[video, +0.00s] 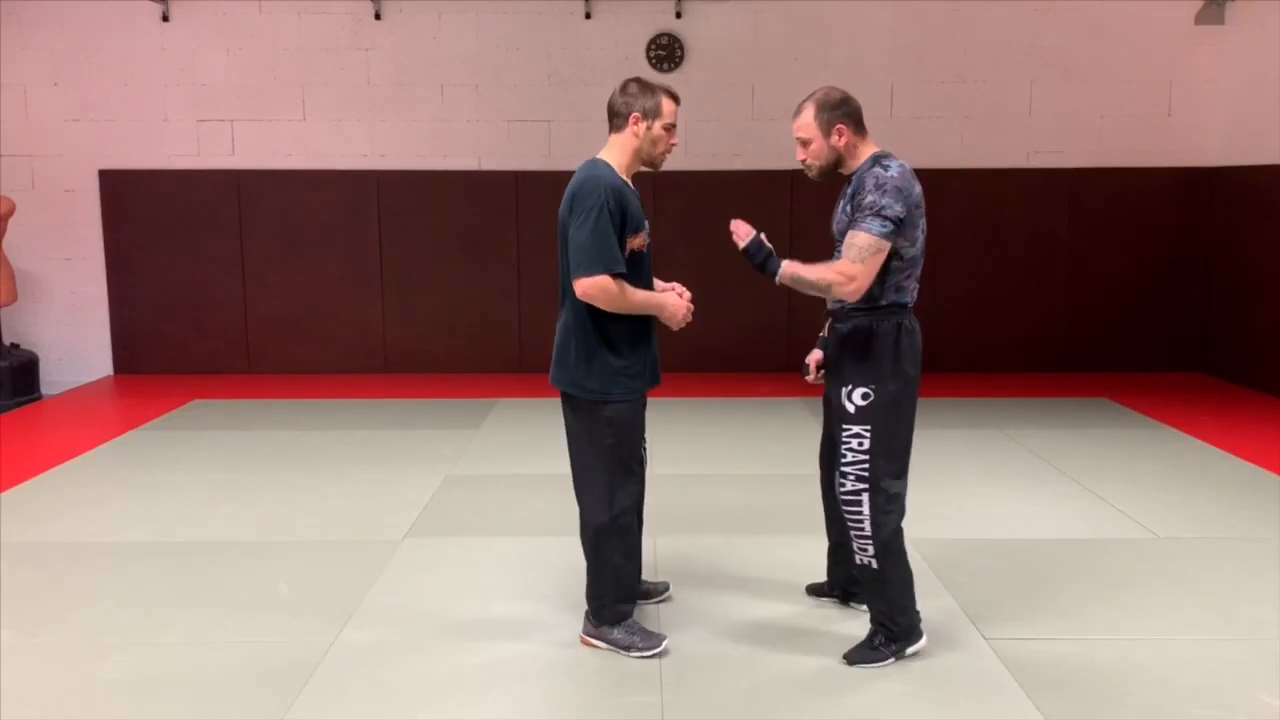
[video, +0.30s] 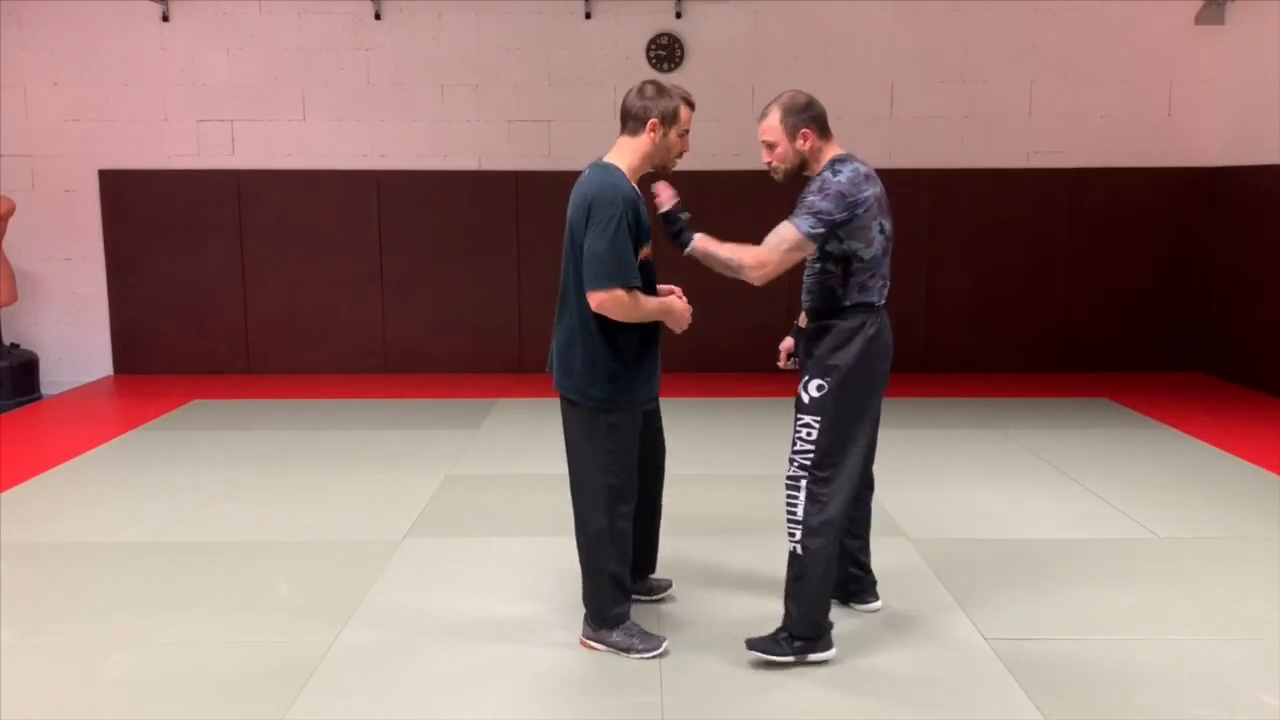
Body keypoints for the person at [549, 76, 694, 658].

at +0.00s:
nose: (675, 140)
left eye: (676, 129)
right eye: (669, 128)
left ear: (637, 126)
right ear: (636, 125)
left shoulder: (617, 185)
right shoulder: (596, 188)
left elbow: (620, 273)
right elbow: (591, 285)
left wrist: (660, 291)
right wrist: (658, 303)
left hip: (617, 370)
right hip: (596, 374)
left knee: (623, 484)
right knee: (608, 493)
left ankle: (620, 580)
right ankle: (606, 617)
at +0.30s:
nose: (688, 144)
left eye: (689, 132)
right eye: (683, 132)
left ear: (648, 128)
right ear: (654, 129)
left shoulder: (623, 186)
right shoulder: (608, 193)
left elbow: (631, 270)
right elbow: (604, 298)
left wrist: (659, 295)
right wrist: (661, 308)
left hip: (626, 370)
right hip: (598, 376)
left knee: (641, 477)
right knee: (607, 494)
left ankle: (631, 575)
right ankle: (604, 619)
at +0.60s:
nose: (678, 152)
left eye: (680, 141)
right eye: (673, 140)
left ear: (641, 134)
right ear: (640, 133)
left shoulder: (624, 194)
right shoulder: (581, 193)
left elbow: (624, 270)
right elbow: (571, 290)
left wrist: (654, 293)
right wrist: (646, 301)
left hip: (617, 372)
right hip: (583, 377)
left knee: (626, 482)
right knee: (603, 492)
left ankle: (622, 578)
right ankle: (602, 616)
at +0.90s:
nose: (648, 149)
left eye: (649, 138)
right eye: (643, 138)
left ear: (610, 134)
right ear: (611, 134)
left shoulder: (595, 197)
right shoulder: (560, 203)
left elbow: (590, 283)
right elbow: (566, 307)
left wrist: (635, 288)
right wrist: (632, 292)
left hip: (602, 373)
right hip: (558, 381)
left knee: (621, 474)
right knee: (553, 495)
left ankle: (619, 576)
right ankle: (520, 613)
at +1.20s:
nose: (651, 162)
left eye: (653, 152)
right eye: (648, 151)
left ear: (618, 139)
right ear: (620, 140)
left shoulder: (593, 189)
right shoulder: (564, 199)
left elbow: (622, 256)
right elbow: (595, 297)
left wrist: (648, 226)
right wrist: (643, 237)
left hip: (587, 369)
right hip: (547, 374)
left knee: (603, 483)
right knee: (549, 497)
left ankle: (608, 580)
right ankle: (521, 611)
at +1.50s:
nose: (651, 175)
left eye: (654, 164)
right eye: (649, 164)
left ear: (618, 151)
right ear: (620, 151)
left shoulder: (588, 194)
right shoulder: (564, 204)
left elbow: (625, 252)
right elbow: (595, 301)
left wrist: (657, 228)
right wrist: (647, 245)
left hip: (585, 372)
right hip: (541, 377)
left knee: (609, 476)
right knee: (533, 502)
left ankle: (608, 580)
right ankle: (505, 615)